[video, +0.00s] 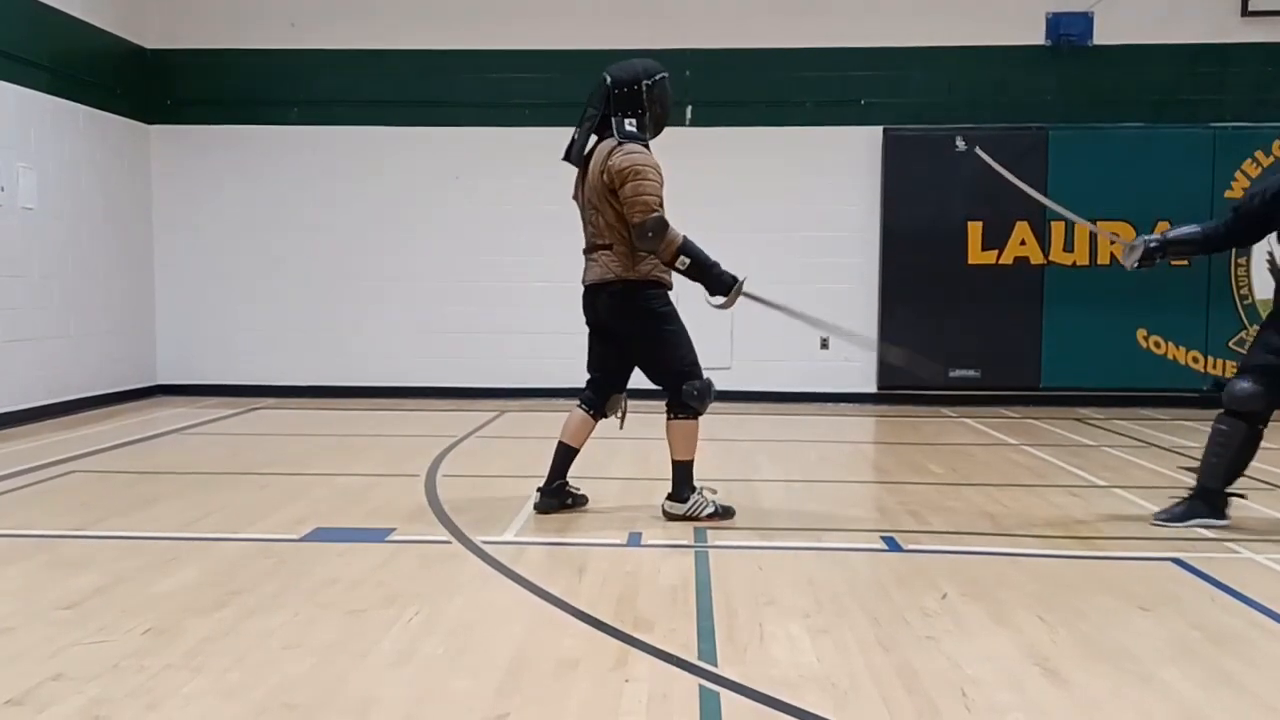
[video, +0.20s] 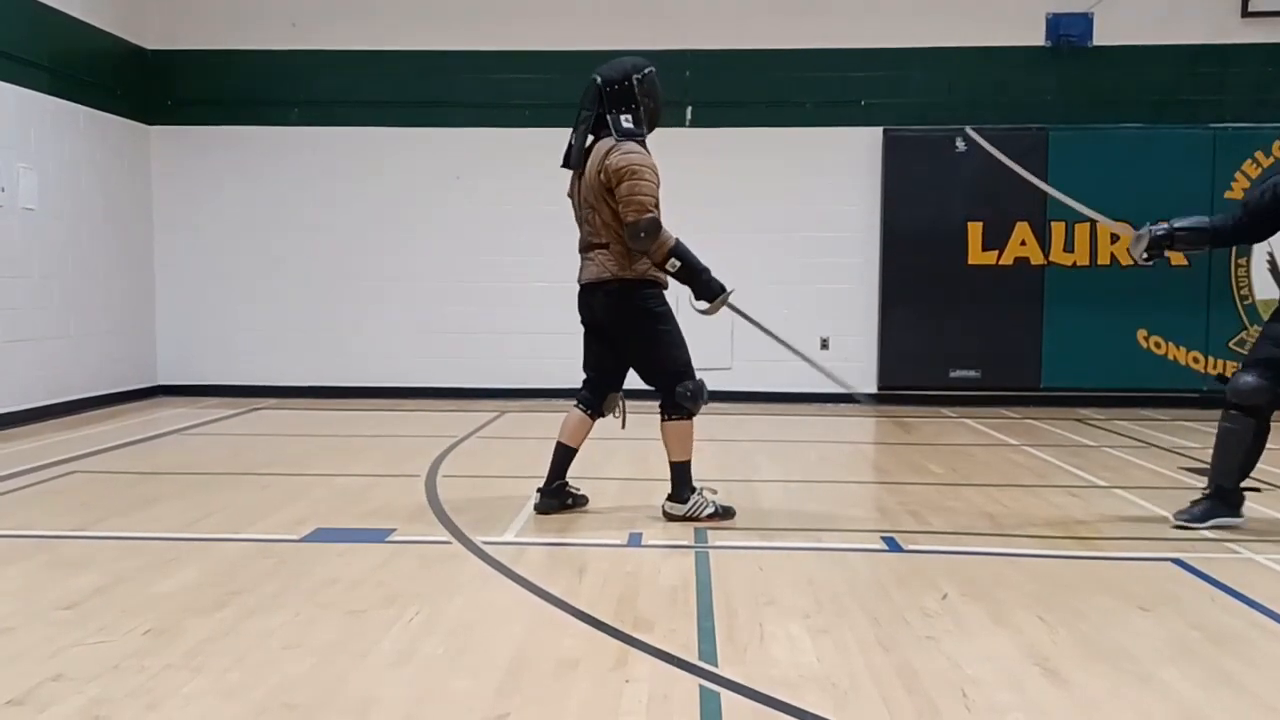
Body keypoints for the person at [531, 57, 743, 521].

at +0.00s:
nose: (665, 107)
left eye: (663, 97)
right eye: (660, 98)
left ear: (616, 102)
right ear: (645, 102)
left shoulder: (599, 154)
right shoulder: (633, 158)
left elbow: (617, 234)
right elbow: (651, 233)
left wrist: (684, 263)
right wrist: (714, 275)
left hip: (603, 293)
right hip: (637, 294)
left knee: (601, 392)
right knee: (688, 388)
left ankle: (553, 486)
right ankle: (682, 494)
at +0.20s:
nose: (656, 102)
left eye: (653, 93)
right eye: (651, 94)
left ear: (606, 101)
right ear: (637, 99)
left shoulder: (592, 152)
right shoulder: (630, 157)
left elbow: (597, 230)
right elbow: (644, 233)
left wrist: (669, 261)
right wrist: (698, 276)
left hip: (598, 293)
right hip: (632, 293)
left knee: (598, 391)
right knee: (680, 389)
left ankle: (553, 487)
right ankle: (683, 495)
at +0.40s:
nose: (648, 101)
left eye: (645, 92)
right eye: (642, 93)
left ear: (599, 101)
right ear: (627, 99)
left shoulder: (588, 152)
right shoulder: (624, 155)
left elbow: (631, 224)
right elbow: (644, 228)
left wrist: (703, 247)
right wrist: (712, 251)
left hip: (594, 293)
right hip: (629, 294)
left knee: (596, 389)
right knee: (674, 390)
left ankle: (553, 487)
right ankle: (682, 495)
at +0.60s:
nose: (644, 101)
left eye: (640, 92)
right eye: (638, 93)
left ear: (594, 101)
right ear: (625, 99)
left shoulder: (582, 151)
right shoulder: (622, 154)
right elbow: (665, 220)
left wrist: (715, 242)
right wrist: (734, 246)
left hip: (592, 293)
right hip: (628, 293)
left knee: (594, 390)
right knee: (670, 390)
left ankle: (552, 486)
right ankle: (683, 495)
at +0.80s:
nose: (646, 100)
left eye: (641, 91)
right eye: (640, 93)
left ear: (596, 102)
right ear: (629, 99)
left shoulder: (584, 152)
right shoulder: (625, 153)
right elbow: (678, 211)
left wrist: (712, 224)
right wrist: (743, 223)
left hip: (593, 293)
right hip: (629, 293)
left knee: (594, 390)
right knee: (671, 389)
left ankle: (553, 487)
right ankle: (683, 494)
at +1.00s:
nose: (655, 105)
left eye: (651, 96)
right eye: (650, 97)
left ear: (604, 104)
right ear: (638, 101)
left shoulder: (588, 153)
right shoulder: (639, 152)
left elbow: (584, 219)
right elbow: (699, 201)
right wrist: (775, 212)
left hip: (595, 293)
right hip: (634, 294)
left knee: (594, 389)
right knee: (674, 390)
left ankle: (553, 487)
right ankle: (683, 495)